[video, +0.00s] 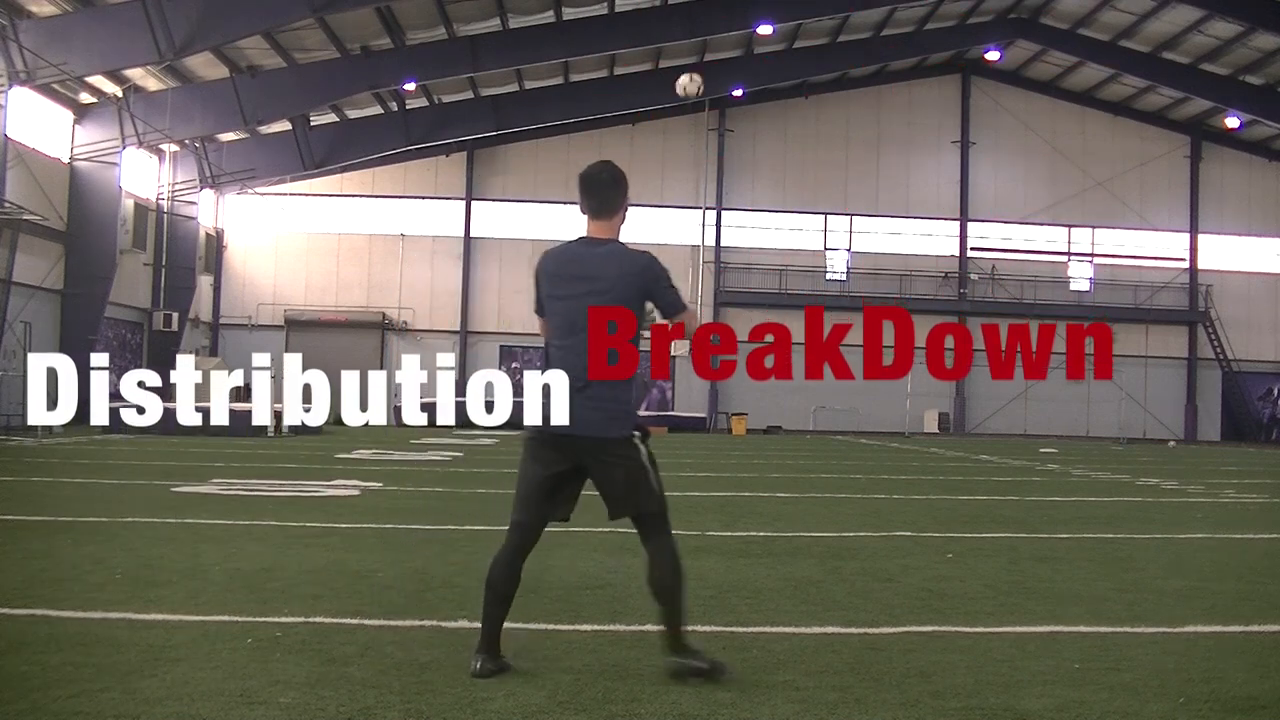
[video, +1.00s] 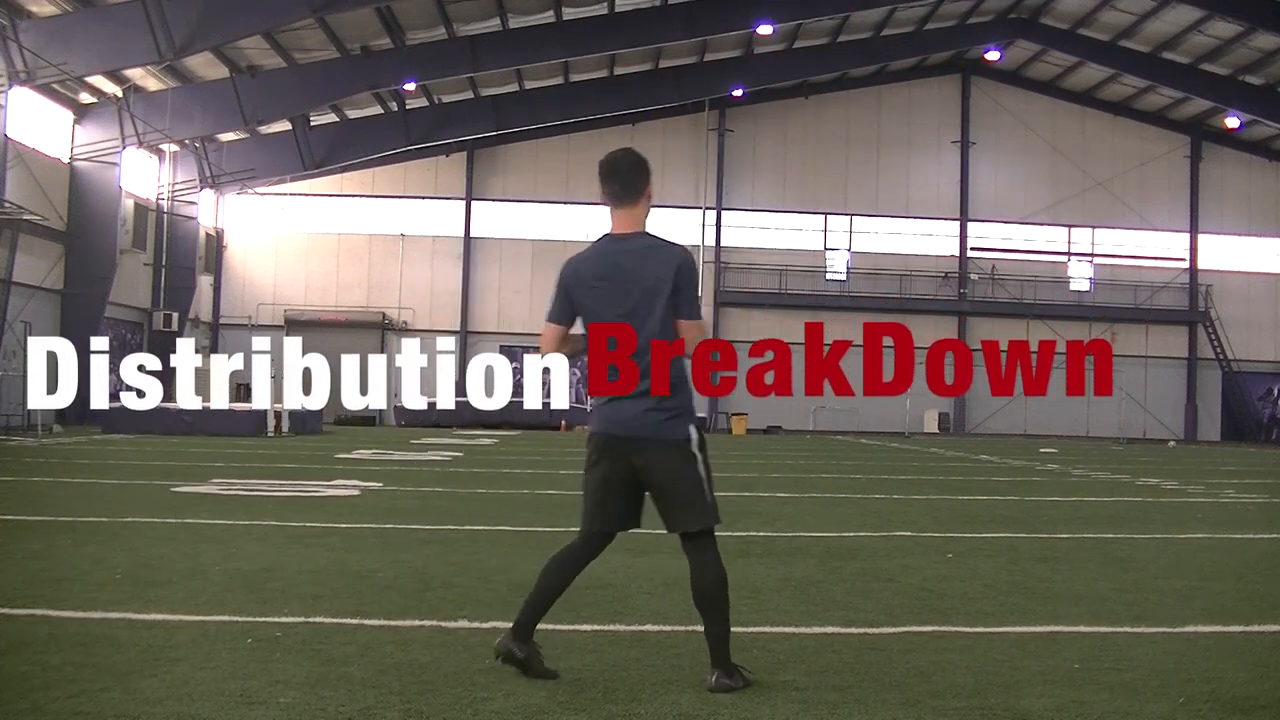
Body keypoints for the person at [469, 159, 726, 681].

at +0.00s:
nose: (621, 209)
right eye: (624, 201)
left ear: (580, 204)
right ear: (626, 204)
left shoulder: (551, 262)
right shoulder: (641, 266)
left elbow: (547, 330)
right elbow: (685, 326)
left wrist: (606, 324)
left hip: (550, 426)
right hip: (614, 430)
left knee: (519, 536)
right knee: (657, 535)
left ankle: (487, 651)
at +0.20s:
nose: (675, 202)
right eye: (677, 195)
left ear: (631, 201)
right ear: (675, 199)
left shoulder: (602, 262)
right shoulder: (698, 258)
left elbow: (589, 334)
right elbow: (760, 267)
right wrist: (750, 224)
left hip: (607, 421)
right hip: (670, 423)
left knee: (561, 531)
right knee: (694, 545)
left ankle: (517, 639)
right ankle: (718, 665)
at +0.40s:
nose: (703, 185)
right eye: (703, 177)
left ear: (658, 188)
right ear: (704, 183)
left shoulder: (633, 253)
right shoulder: (728, 237)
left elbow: (613, 326)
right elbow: (785, 201)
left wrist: (627, 376)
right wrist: (787, 146)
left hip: (636, 403)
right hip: (696, 405)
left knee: (587, 517)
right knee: (708, 536)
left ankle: (541, 630)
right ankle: (721, 663)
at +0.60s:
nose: (713, 183)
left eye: (707, 175)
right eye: (708, 175)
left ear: (663, 190)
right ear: (696, 185)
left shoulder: (635, 257)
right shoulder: (721, 246)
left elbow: (608, 329)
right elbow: (799, 218)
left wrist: (621, 381)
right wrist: (824, 147)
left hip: (652, 412)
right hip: (709, 413)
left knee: (609, 528)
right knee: (717, 540)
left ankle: (557, 638)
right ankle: (721, 666)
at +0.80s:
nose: (699, 186)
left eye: (695, 177)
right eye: (696, 177)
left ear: (649, 189)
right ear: (683, 184)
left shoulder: (617, 261)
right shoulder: (699, 254)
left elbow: (601, 343)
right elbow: (771, 296)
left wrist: (613, 399)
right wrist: (798, 225)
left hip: (641, 421)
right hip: (701, 422)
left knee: (612, 529)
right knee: (711, 544)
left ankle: (558, 632)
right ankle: (722, 667)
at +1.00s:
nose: (649, 197)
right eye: (650, 189)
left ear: (602, 195)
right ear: (650, 192)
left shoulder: (578, 266)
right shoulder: (676, 260)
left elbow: (552, 342)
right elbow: (691, 341)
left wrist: (592, 342)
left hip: (606, 432)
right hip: (667, 433)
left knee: (593, 534)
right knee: (700, 544)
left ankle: (518, 637)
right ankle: (722, 668)